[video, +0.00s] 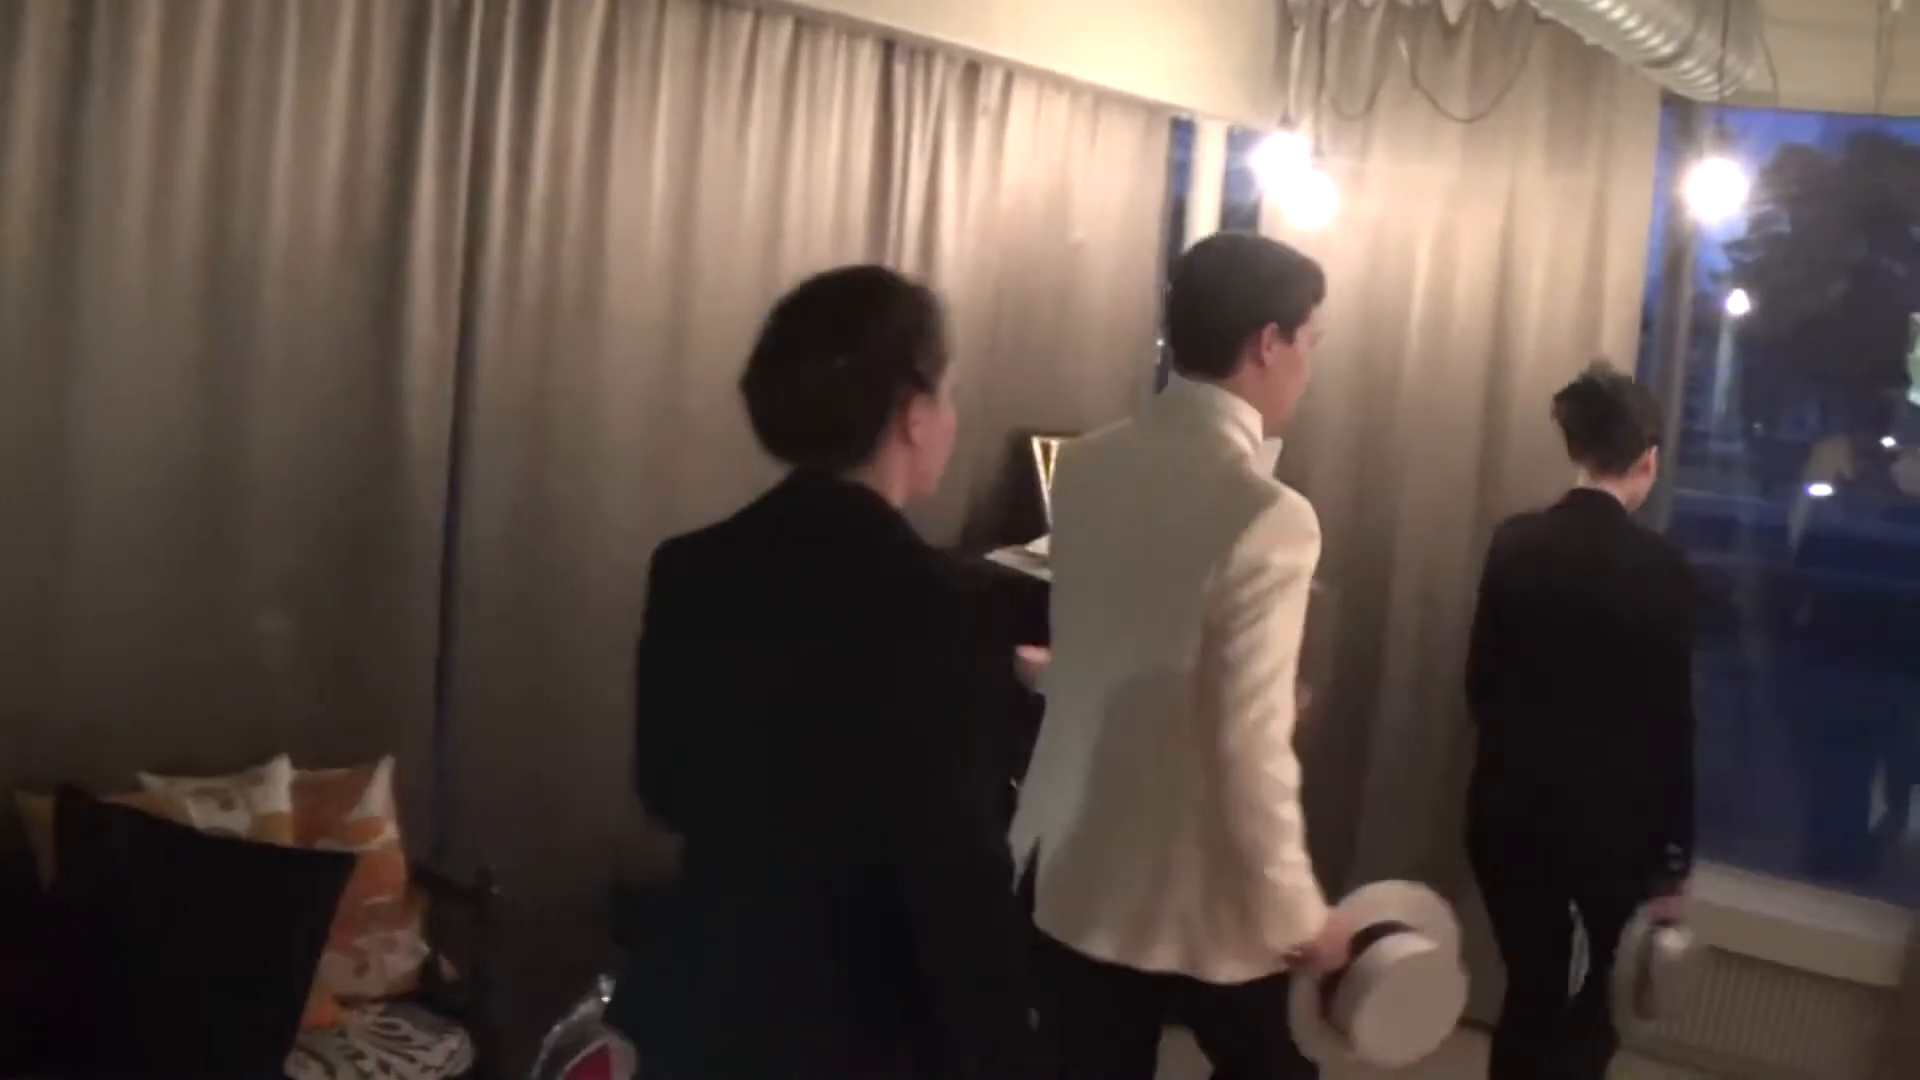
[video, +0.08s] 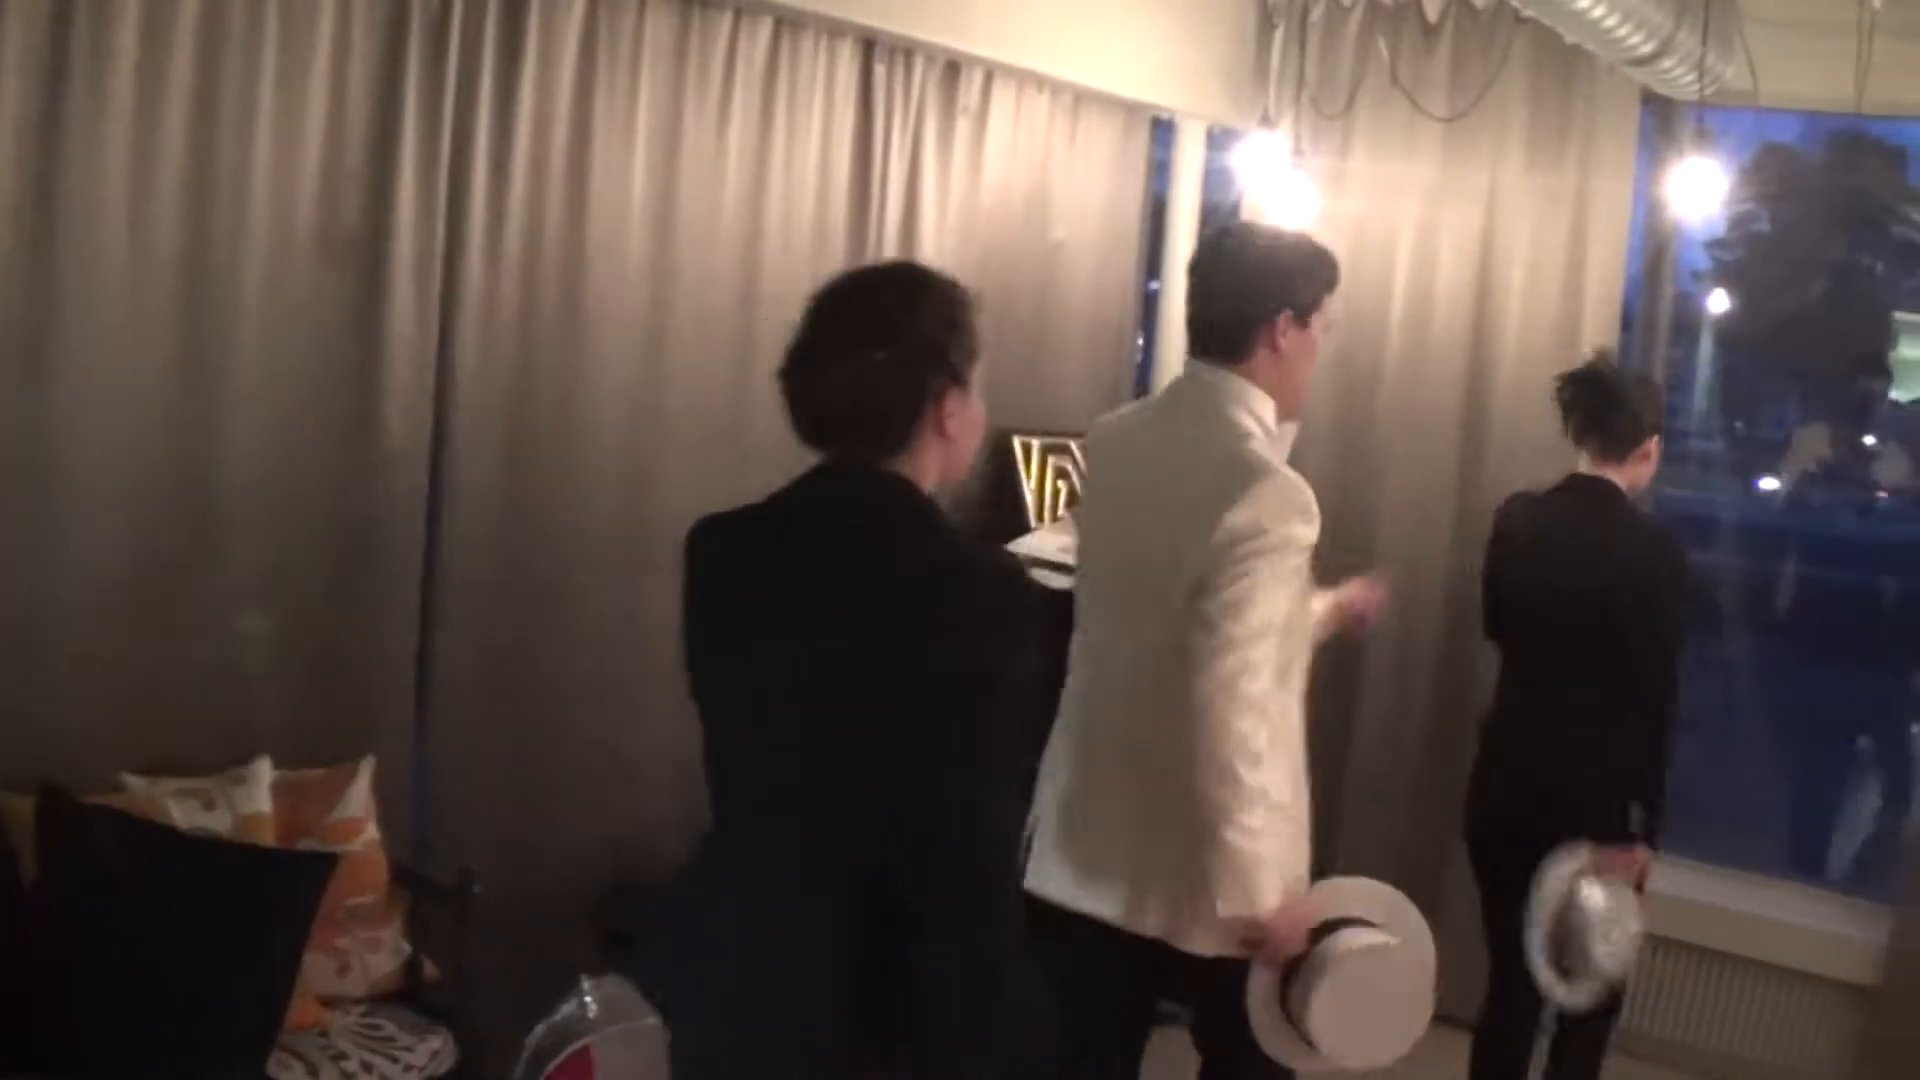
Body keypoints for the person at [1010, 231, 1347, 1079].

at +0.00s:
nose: (1308, 367)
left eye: (1312, 342)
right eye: (1308, 341)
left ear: (1184, 328)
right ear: (1267, 344)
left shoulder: (1082, 470)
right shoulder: (1266, 517)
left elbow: (1076, 659)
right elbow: (1252, 740)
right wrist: (1302, 918)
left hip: (1071, 879)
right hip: (1205, 902)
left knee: (1090, 1067)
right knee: (1267, 1066)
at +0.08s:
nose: (1321, 351)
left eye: (1322, 328)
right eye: (1318, 327)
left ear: (1207, 315)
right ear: (1281, 331)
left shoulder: (1116, 439)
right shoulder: (1264, 492)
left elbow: (1171, 613)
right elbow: (1237, 709)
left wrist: (1325, 612)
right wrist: (1271, 893)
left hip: (1078, 866)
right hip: (1202, 892)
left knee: (1081, 1062)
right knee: (1251, 1062)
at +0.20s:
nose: (1346, 353)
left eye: (1347, 331)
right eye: (1343, 331)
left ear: (1233, 325)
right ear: (1305, 340)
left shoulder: (1155, 436)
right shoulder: (1284, 486)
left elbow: (1237, 570)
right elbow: (1230, 676)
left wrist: (1378, 558)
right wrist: (1247, 864)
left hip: (1112, 850)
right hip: (1230, 879)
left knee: (1102, 1059)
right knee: (1245, 1066)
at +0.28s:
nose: (1368, 367)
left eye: (1368, 345)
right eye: (1364, 346)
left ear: (1254, 340)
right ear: (1324, 354)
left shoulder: (1168, 458)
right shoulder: (1312, 503)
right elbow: (1259, 690)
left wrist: (1384, 600)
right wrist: (1283, 878)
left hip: (1155, 831)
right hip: (1264, 856)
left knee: (1138, 1046)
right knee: (1268, 1062)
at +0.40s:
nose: (1396, 393)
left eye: (1396, 369)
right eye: (1389, 369)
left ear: (1301, 366)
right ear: (1342, 376)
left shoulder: (1187, 485)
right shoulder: (1340, 522)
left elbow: (1185, 664)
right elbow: (1337, 720)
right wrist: (1381, 882)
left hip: (1189, 866)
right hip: (1300, 887)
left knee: (1190, 1061)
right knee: (1302, 1061)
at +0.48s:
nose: (1414, 390)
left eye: (1412, 368)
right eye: (1403, 367)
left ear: (1322, 369)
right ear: (1343, 373)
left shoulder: (1203, 477)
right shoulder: (1354, 513)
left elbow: (1186, 642)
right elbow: (1375, 689)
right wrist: (1455, 812)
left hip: (1209, 805)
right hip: (1310, 834)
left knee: (1238, 1031)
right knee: (1280, 1043)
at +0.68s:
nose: (1433, 366)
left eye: (1433, 344)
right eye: (1418, 341)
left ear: (1340, 341)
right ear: (1349, 340)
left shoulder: (1258, 406)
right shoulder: (1374, 448)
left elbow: (1167, 534)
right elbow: (1451, 593)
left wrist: (1166, 649)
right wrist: (1544, 624)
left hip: (1224, 765)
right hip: (1299, 792)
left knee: (1255, 1003)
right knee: (1280, 1016)